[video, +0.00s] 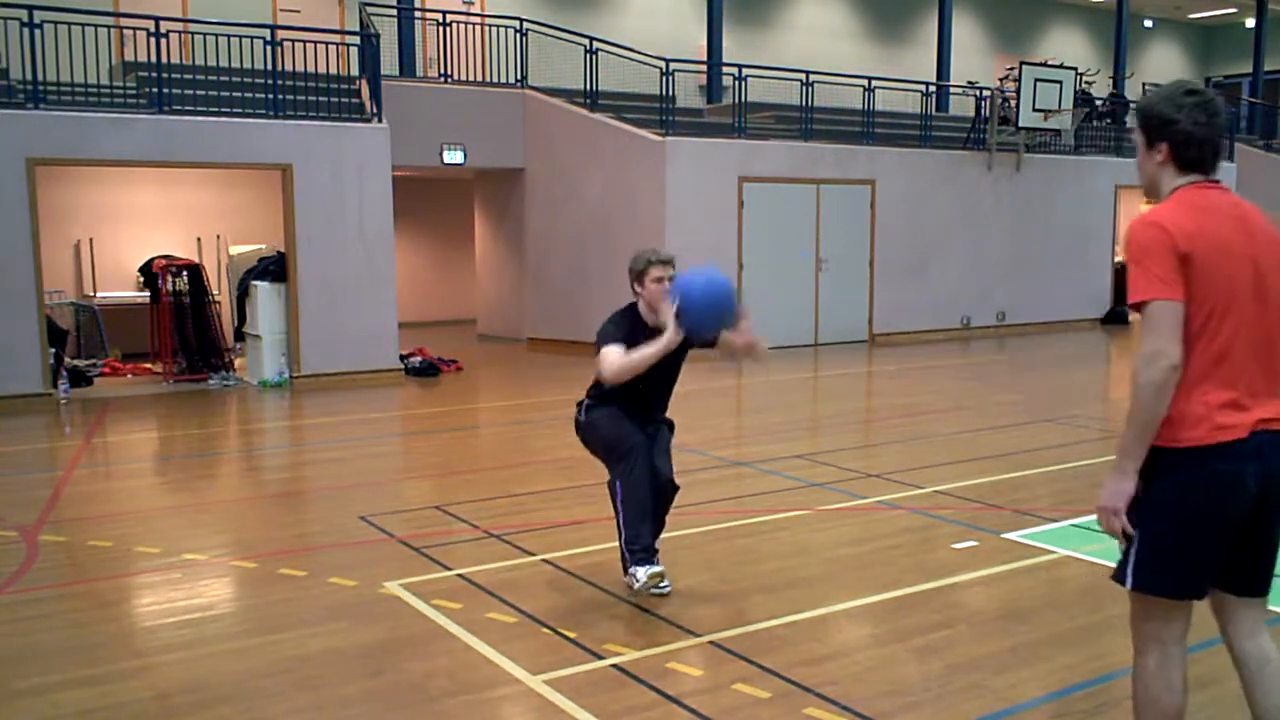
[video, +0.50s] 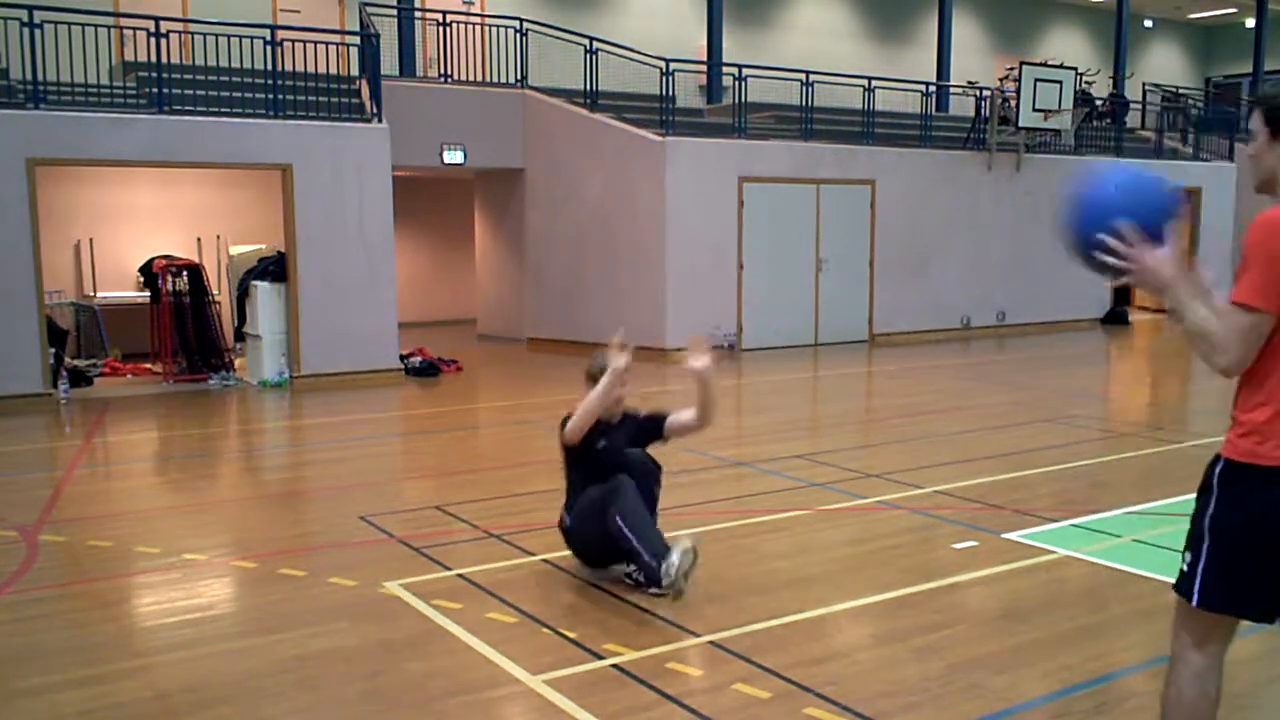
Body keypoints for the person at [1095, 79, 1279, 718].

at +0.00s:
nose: (1136, 156)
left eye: (1138, 143)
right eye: (1136, 143)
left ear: (1160, 149)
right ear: (1212, 150)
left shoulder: (1159, 226)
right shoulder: (1262, 224)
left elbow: (1162, 359)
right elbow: (1266, 338)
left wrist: (1124, 470)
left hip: (1189, 463)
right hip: (1264, 457)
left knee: (1158, 636)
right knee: (1246, 615)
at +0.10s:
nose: (1158, 153)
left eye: (1162, 141)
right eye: (1160, 140)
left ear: (1184, 148)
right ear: (1234, 149)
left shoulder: (1179, 226)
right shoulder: (1269, 216)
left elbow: (1173, 357)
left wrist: (1118, 462)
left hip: (1198, 462)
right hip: (1265, 456)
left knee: (1168, 636)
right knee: (1259, 617)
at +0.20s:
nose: (1183, 153)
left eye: (1188, 140)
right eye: (1185, 140)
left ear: (1213, 148)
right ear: (1257, 147)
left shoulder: (1205, 226)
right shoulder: (1273, 210)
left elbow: (1182, 362)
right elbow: (1258, 351)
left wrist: (1106, 439)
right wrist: (1192, 432)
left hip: (1221, 458)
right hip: (1272, 453)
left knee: (1177, 631)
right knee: (1269, 616)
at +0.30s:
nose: (1206, 153)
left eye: (1211, 140)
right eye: (1209, 140)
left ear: (1237, 148)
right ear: (1260, 149)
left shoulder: (1233, 228)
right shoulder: (1263, 221)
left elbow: (1200, 360)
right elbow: (1260, 347)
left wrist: (1111, 384)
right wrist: (1187, 391)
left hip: (1239, 462)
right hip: (1271, 457)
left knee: (1186, 639)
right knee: (1276, 619)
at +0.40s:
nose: (1228, 157)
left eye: (1232, 143)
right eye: (1229, 143)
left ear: (1258, 147)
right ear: (1271, 149)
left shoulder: (1255, 228)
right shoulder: (1259, 228)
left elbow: (1222, 359)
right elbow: (1240, 348)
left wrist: (1130, 321)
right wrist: (1161, 326)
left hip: (1250, 466)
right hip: (1258, 463)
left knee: (1194, 642)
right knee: (1193, 639)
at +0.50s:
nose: (1245, 150)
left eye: (1253, 136)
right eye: (1249, 136)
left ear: (1278, 146)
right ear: (1279, 148)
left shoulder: (1272, 228)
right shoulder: (1269, 228)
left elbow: (1229, 352)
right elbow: (1237, 338)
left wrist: (1172, 283)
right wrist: (1180, 276)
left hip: (1255, 463)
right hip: (1259, 462)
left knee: (1198, 643)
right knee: (1199, 639)